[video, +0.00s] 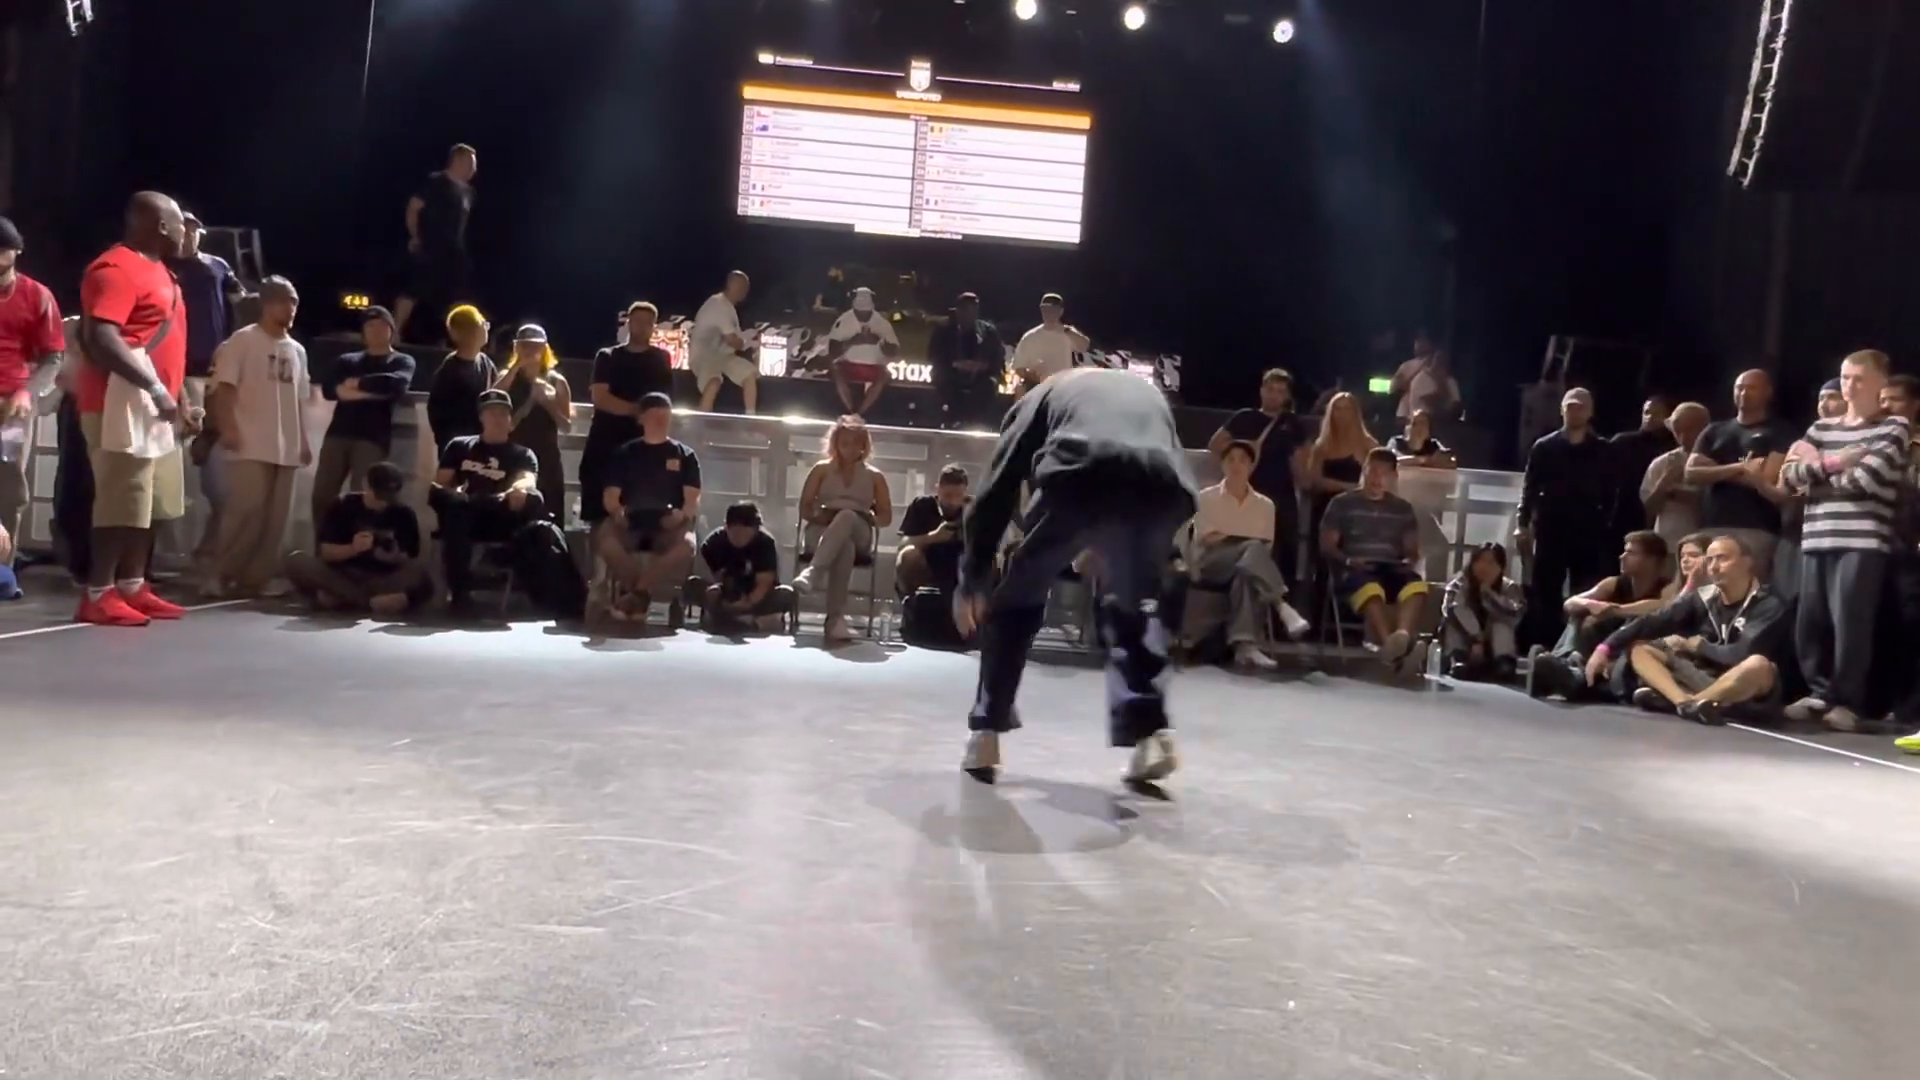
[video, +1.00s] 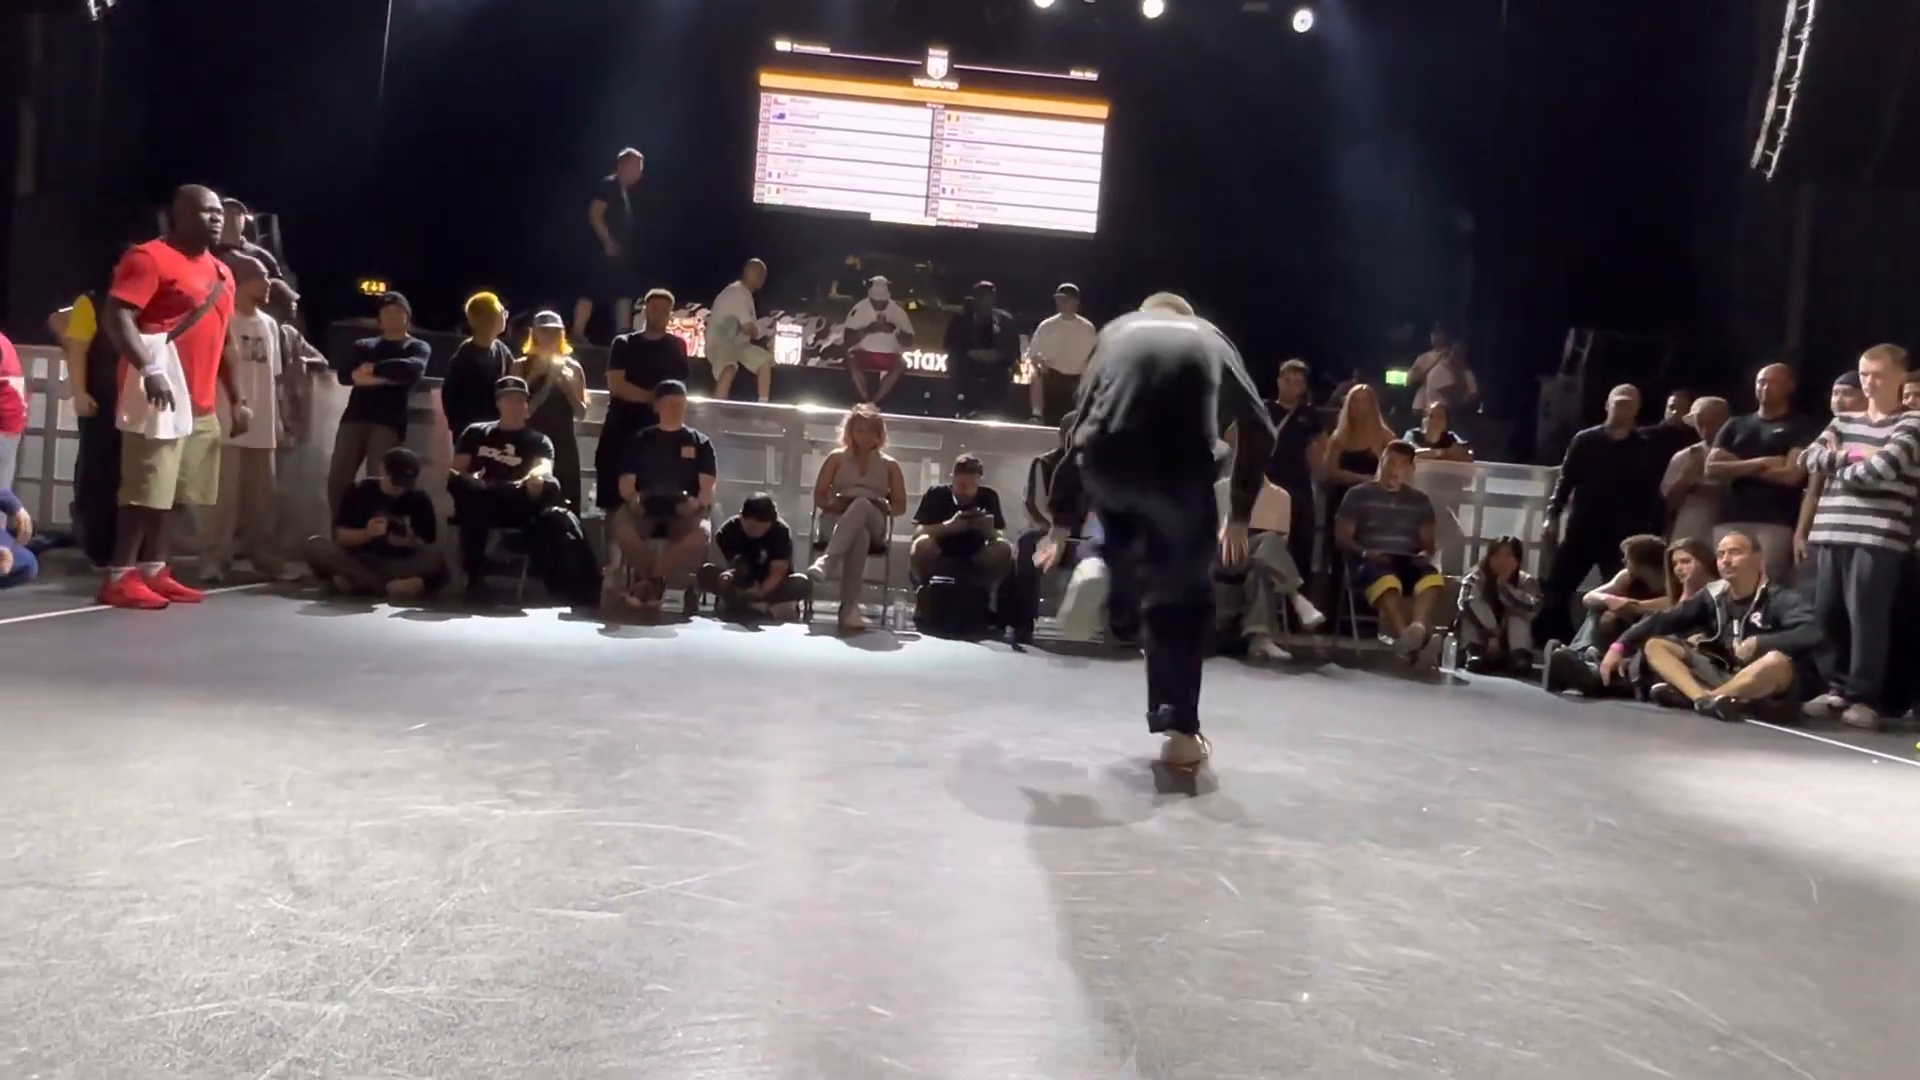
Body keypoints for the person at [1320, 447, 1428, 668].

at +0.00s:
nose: (1377, 480)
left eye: (1383, 474)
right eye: (1373, 473)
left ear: (1393, 477)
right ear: (1364, 473)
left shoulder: (1403, 508)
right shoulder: (1341, 503)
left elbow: (1412, 549)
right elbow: (1327, 545)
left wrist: (1409, 562)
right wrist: (1349, 561)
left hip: (1393, 564)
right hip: (1360, 562)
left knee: (1417, 590)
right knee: (1372, 595)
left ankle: (1401, 643)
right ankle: (1391, 653)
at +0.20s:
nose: (1382, 479)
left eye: (1388, 473)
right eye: (1377, 472)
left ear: (1397, 477)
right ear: (1368, 472)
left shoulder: (1407, 507)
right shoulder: (1345, 503)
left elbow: (1415, 550)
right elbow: (1331, 545)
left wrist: (1410, 562)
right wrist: (1353, 560)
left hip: (1396, 564)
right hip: (1362, 563)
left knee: (1421, 587)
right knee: (1375, 592)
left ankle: (1404, 643)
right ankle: (1397, 652)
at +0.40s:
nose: (1384, 477)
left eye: (1390, 472)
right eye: (1379, 470)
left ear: (1400, 476)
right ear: (1370, 470)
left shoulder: (1409, 506)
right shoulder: (1348, 502)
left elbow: (1419, 549)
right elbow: (1333, 543)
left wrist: (1414, 561)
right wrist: (1355, 559)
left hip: (1398, 563)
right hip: (1366, 560)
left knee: (1422, 586)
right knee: (1378, 592)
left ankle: (1406, 642)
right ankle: (1398, 652)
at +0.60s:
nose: (1388, 475)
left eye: (1395, 469)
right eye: (1384, 467)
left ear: (1404, 474)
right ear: (1374, 467)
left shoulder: (1413, 504)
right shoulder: (1352, 499)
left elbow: (1422, 547)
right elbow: (1336, 541)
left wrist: (1418, 559)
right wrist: (1358, 558)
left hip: (1402, 562)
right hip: (1369, 559)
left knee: (1426, 583)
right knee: (1380, 589)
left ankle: (1409, 639)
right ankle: (1402, 649)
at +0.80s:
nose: (1391, 471)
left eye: (1398, 466)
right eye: (1386, 464)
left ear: (1408, 471)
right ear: (1377, 464)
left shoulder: (1416, 502)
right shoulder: (1355, 496)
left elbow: (1425, 546)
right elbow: (1339, 539)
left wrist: (1420, 557)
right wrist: (1362, 555)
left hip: (1404, 559)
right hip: (1371, 556)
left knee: (1429, 580)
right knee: (1384, 586)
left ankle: (1413, 636)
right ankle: (1404, 647)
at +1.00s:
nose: (1394, 470)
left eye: (1402, 464)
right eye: (1390, 462)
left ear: (1411, 470)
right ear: (1380, 463)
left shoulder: (1419, 500)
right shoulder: (1357, 495)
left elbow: (1428, 544)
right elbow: (1343, 538)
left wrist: (1423, 555)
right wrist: (1367, 553)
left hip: (1408, 557)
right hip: (1375, 555)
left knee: (1432, 579)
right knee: (1388, 585)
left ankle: (1416, 634)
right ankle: (1408, 646)